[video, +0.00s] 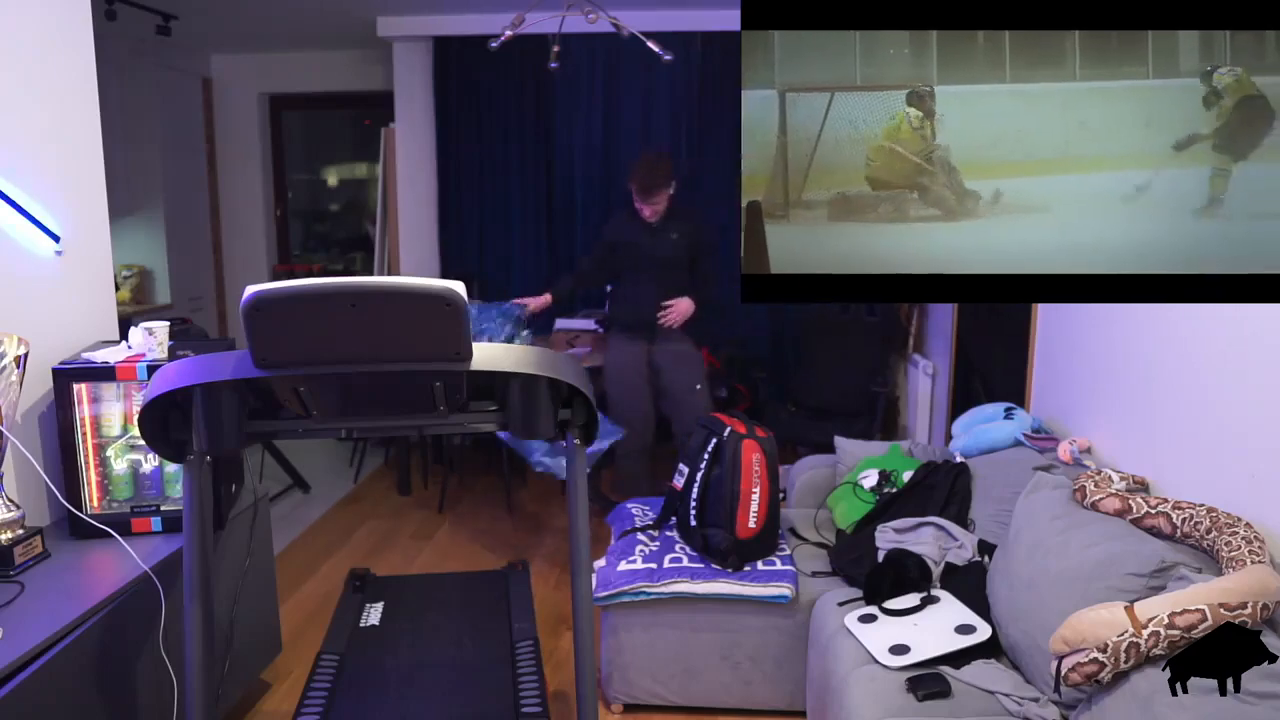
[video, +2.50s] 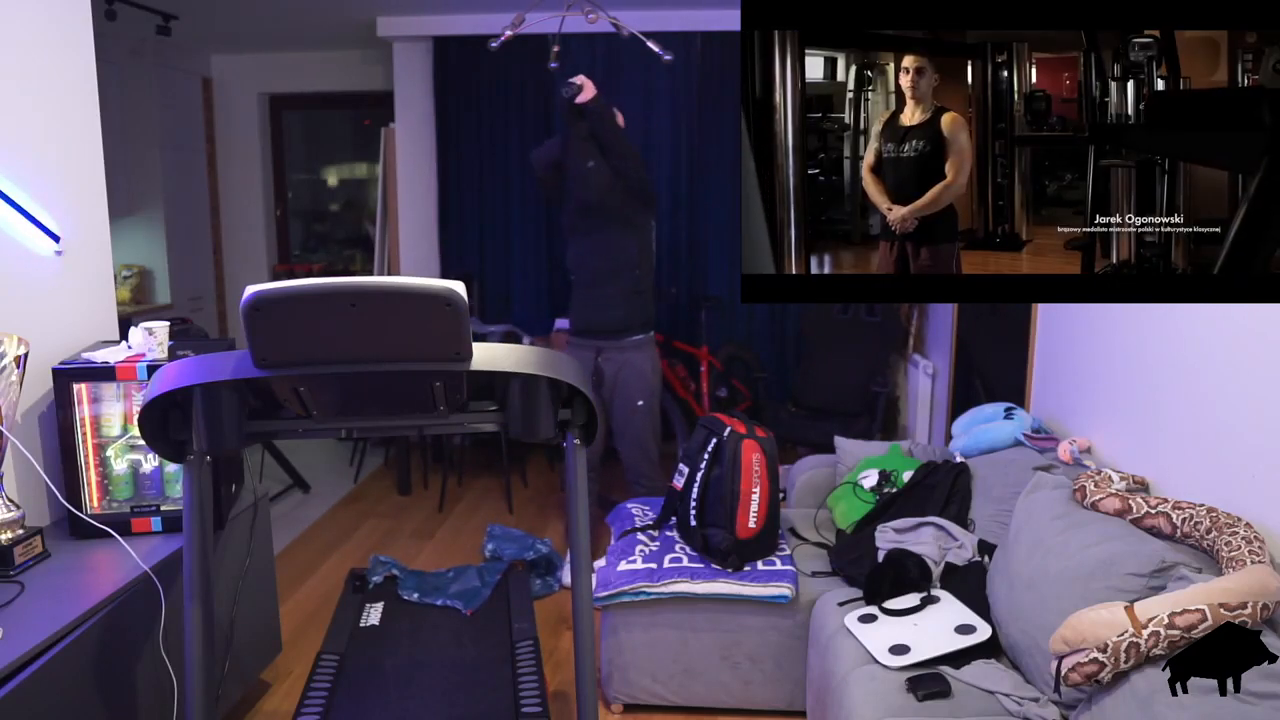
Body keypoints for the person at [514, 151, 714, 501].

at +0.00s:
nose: (645, 210)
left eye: (653, 203)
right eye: (639, 202)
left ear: (671, 191)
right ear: (631, 191)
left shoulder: (690, 228)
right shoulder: (621, 225)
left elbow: (707, 279)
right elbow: (591, 271)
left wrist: (693, 301)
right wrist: (548, 298)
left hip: (675, 337)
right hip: (626, 338)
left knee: (696, 422)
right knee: (633, 427)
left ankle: (701, 504)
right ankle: (637, 507)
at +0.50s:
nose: (623, 192)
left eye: (631, 182)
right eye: (615, 184)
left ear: (646, 175)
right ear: (607, 180)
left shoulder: (671, 217)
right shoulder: (603, 222)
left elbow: (702, 270)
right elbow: (583, 284)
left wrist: (675, 263)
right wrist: (593, 235)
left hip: (659, 342)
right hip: (610, 344)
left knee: (658, 439)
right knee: (618, 445)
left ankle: (676, 517)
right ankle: (633, 523)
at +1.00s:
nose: (632, 174)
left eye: (640, 165)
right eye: (623, 165)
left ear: (654, 169)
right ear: (613, 172)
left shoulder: (675, 217)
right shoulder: (601, 220)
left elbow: (699, 274)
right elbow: (587, 282)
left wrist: (671, 237)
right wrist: (613, 243)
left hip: (664, 347)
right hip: (610, 348)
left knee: (652, 449)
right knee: (618, 450)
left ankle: (655, 538)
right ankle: (625, 536)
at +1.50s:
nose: (657, 180)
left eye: (667, 172)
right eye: (651, 171)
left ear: (682, 176)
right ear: (641, 171)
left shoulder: (691, 219)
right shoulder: (623, 212)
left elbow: (700, 276)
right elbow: (583, 262)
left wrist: (672, 219)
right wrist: (613, 220)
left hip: (660, 348)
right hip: (609, 345)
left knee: (654, 451)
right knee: (599, 446)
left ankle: (654, 538)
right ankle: (606, 527)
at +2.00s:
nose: (631, 179)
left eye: (639, 171)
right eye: (627, 172)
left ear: (657, 171)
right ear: (619, 174)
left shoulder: (675, 205)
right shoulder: (610, 200)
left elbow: (671, 183)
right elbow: (570, 176)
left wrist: (634, 135)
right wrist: (585, 128)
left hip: (659, 348)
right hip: (608, 345)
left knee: (655, 456)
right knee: (594, 451)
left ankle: (657, 547)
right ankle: (588, 541)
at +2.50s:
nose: (616, 132)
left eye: (616, 127)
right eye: (609, 126)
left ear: (621, 137)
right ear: (596, 132)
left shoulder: (637, 192)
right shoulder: (571, 190)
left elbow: (618, 151)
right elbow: (544, 160)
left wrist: (593, 106)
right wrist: (579, 120)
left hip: (630, 341)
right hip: (580, 339)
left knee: (639, 452)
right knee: (580, 451)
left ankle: (651, 547)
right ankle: (581, 547)